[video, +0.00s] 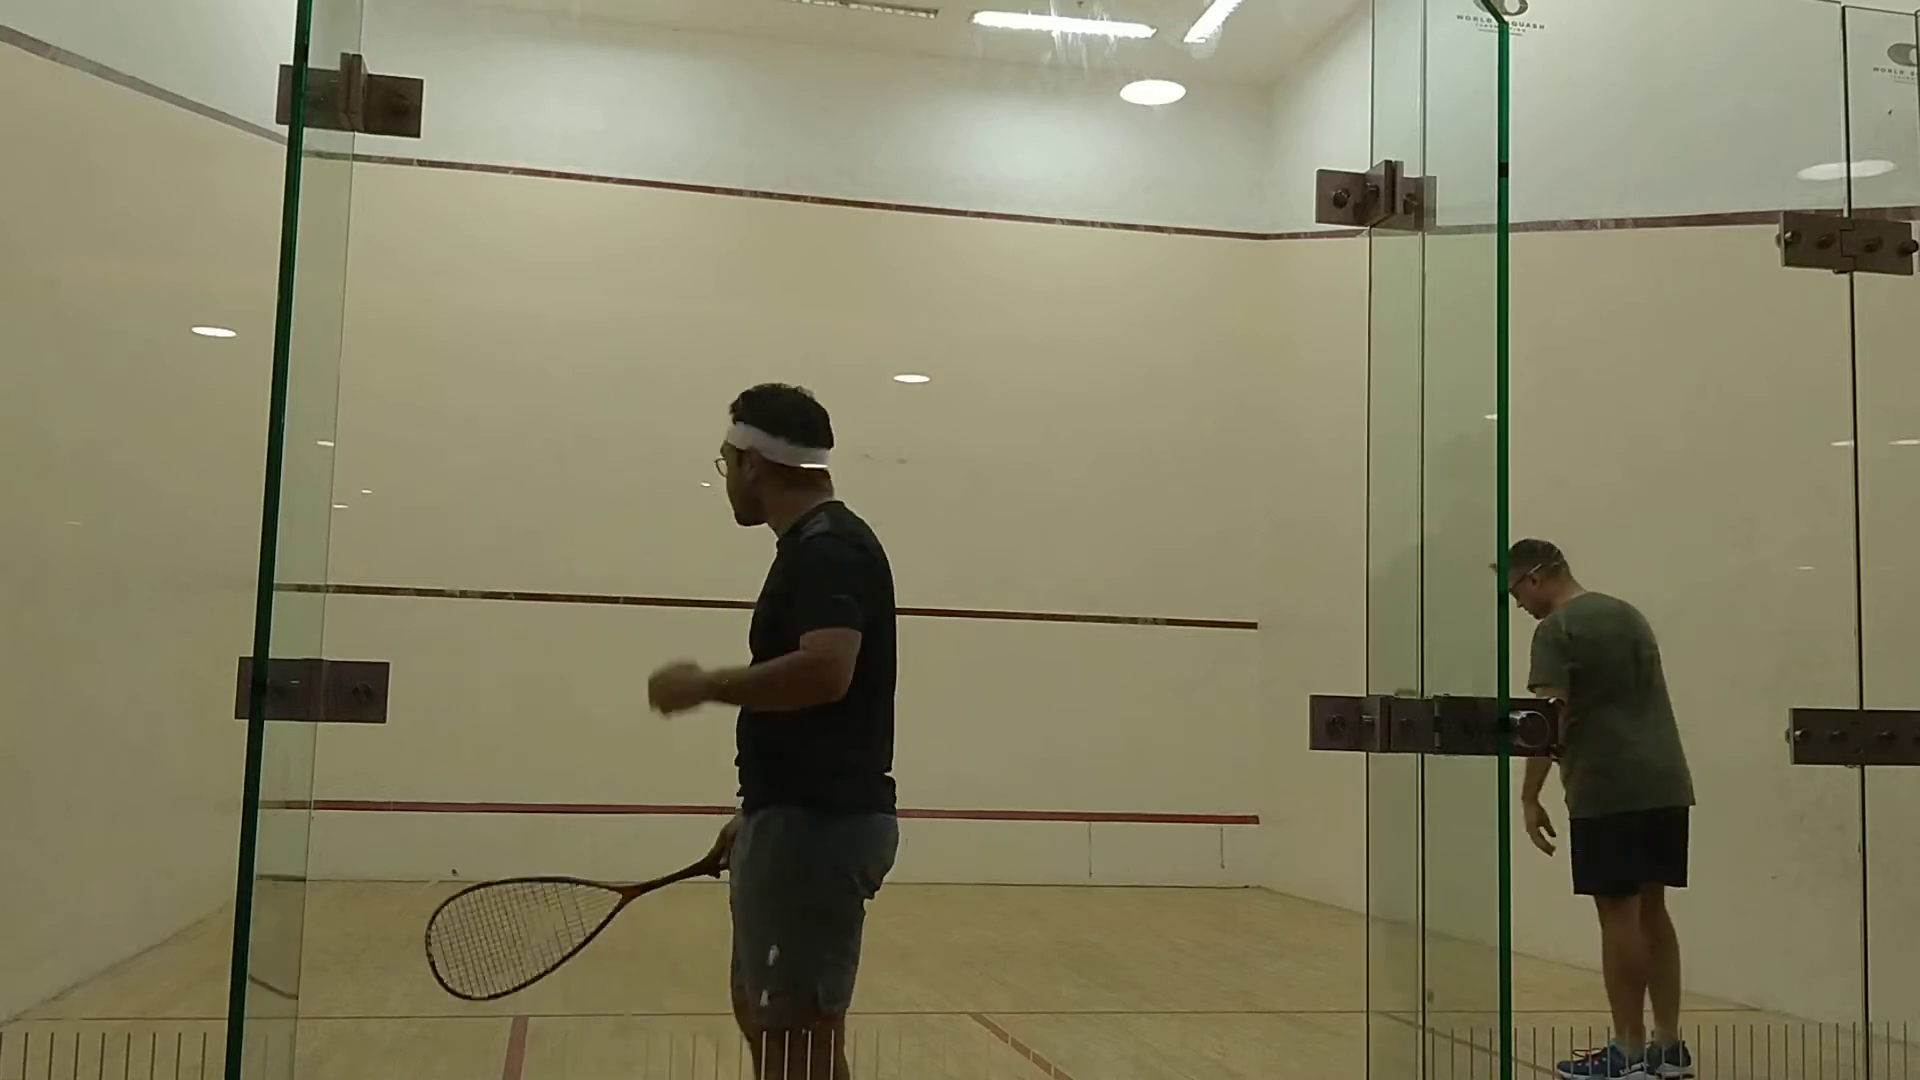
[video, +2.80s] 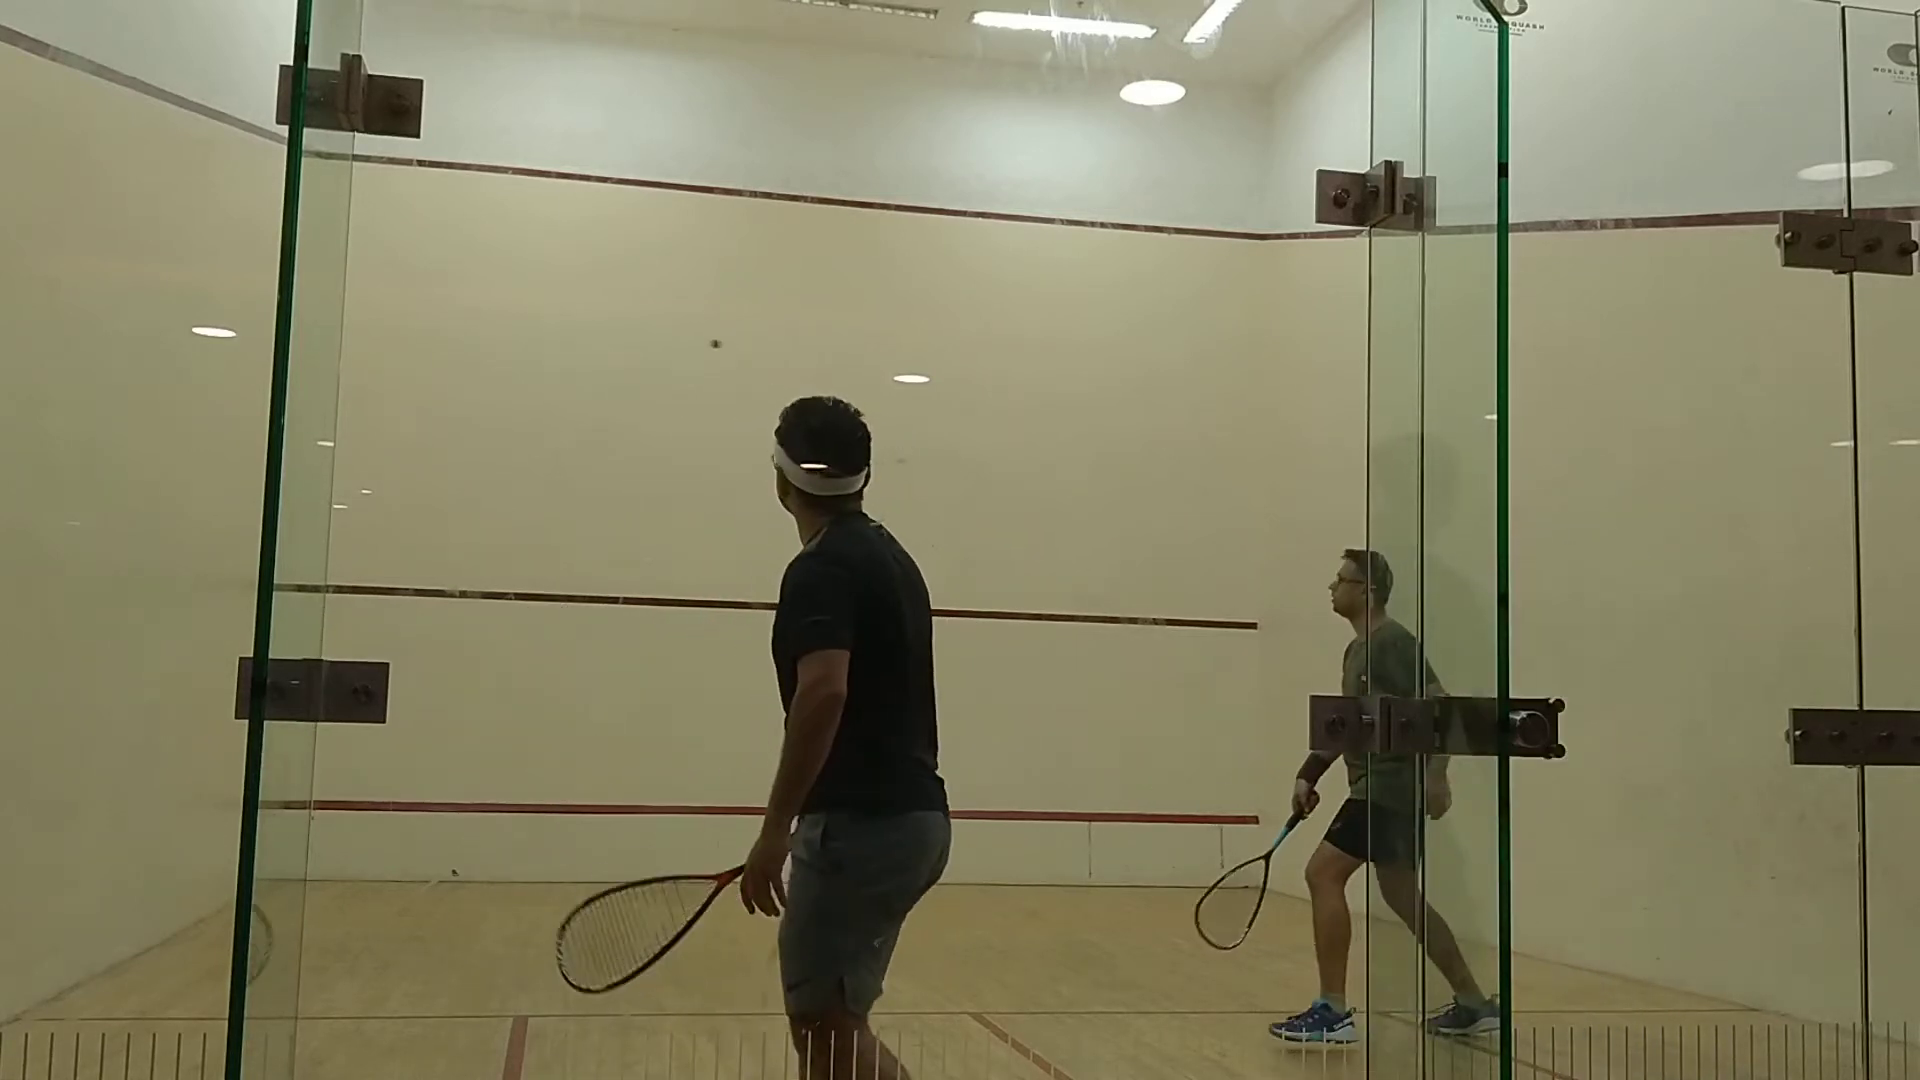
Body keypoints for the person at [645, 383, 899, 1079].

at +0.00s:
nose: (724, 481)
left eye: (727, 462)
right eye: (724, 464)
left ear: (757, 463)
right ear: (799, 461)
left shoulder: (830, 546)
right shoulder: (814, 545)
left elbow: (827, 669)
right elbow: (815, 707)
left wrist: (708, 683)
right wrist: (754, 814)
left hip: (819, 823)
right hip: (792, 820)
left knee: (800, 1034)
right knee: (759, 1010)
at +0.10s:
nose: (746, 481)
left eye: (747, 467)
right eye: (748, 468)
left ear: (756, 471)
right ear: (829, 470)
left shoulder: (815, 549)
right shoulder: (842, 545)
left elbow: (830, 669)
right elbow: (838, 706)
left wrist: (728, 764)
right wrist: (758, 808)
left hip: (811, 823)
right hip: (829, 818)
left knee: (793, 1023)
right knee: (802, 1020)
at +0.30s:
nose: (788, 471)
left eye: (788, 461)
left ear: (787, 470)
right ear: (868, 475)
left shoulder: (795, 550)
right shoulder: (888, 561)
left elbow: (811, 658)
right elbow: (864, 698)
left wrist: (771, 785)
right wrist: (760, 794)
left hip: (805, 823)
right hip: (879, 822)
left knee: (766, 1021)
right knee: (823, 1013)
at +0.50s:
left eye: (823, 476)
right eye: (891, 480)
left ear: (817, 480)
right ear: (894, 488)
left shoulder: (800, 551)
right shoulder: (911, 574)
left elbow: (762, 658)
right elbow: (874, 707)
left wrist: (708, 762)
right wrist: (773, 773)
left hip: (805, 826)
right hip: (891, 825)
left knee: (707, 1002)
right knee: (836, 1004)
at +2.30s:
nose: (781, 476)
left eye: (776, 468)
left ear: (774, 476)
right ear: (854, 479)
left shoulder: (762, 562)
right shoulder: (895, 576)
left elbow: (716, 673)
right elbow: (896, 706)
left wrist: (657, 764)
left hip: (785, 820)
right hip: (876, 819)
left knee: (732, 1006)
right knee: (830, 1002)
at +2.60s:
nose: (770, 473)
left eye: (771, 463)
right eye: (778, 462)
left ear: (774, 475)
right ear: (849, 475)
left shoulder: (796, 559)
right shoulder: (882, 561)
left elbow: (794, 673)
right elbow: (869, 699)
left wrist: (730, 799)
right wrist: (789, 803)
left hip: (818, 818)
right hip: (890, 815)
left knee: (772, 1007)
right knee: (835, 1004)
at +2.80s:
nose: (773, 476)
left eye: (774, 464)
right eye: (779, 463)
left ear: (785, 482)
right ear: (861, 479)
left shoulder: (821, 567)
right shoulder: (889, 558)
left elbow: (823, 696)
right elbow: (891, 708)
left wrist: (774, 831)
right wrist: (813, 832)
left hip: (857, 830)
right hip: (908, 825)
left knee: (821, 1024)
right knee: (837, 1017)